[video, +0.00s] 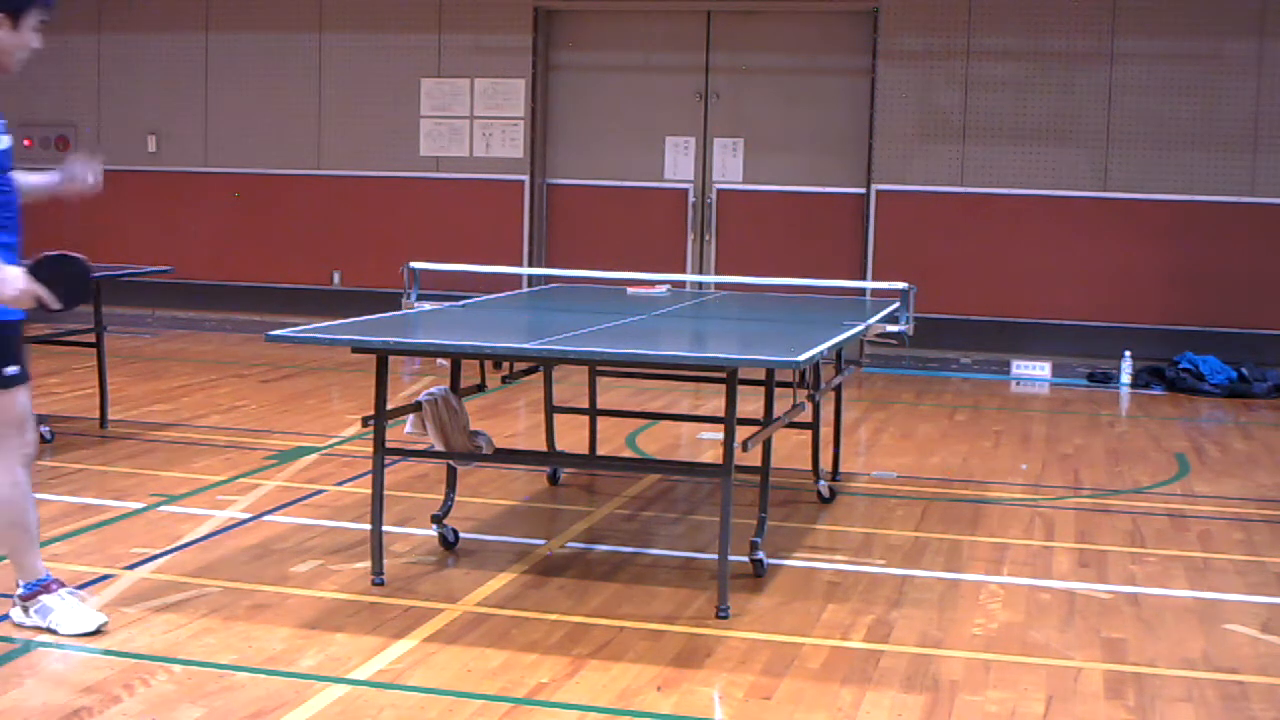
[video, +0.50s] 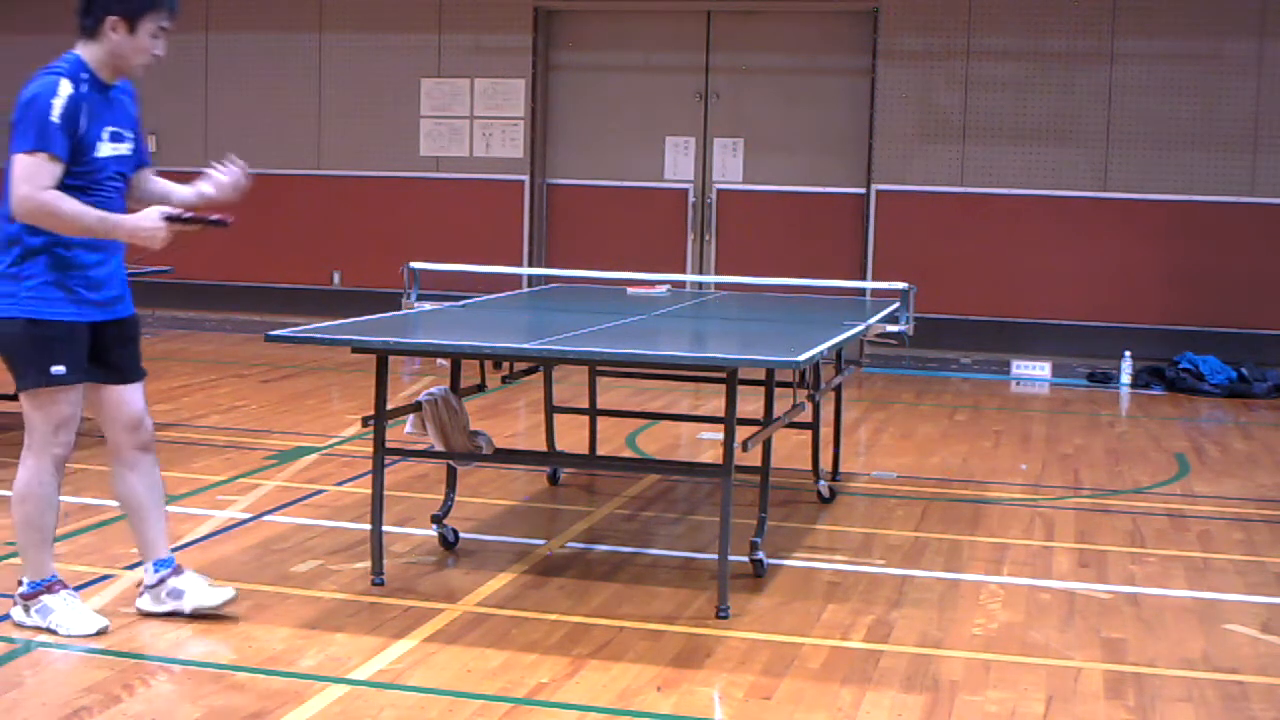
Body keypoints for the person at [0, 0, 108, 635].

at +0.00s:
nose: (38, 42)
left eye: (40, 29)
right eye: (33, 26)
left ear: (12, 30)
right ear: (4, 25)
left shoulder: (4, 111)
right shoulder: (3, 110)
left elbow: (3, 183)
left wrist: (59, 180)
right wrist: (2, 274)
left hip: (8, 305)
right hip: (1, 310)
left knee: (18, 441)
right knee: (16, 443)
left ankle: (30, 584)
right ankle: (32, 586)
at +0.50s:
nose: (161, 48)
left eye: (165, 36)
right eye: (156, 33)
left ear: (121, 29)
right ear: (114, 26)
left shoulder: (123, 96)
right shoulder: (54, 91)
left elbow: (137, 184)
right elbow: (29, 196)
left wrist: (202, 192)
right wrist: (121, 226)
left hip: (106, 294)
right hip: (43, 297)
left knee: (135, 433)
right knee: (50, 440)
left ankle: (160, 577)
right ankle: (36, 591)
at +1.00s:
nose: (278, 76)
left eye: (283, 63)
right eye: (270, 60)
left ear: (244, 59)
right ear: (228, 53)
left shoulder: (245, 126)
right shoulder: (162, 105)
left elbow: (260, 224)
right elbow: (150, 211)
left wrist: (330, 221)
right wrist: (247, 234)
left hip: (162, 298)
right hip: (95, 291)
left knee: (171, 438)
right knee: (73, 437)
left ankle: (166, 582)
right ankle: (27, 581)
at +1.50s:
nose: (300, 96)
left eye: (306, 83)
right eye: (294, 80)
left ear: (263, 75)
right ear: (250, 69)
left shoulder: (269, 145)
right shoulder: (185, 118)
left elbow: (295, 235)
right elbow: (186, 226)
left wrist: (371, 238)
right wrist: (289, 248)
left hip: (160, 300)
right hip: (91, 286)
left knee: (170, 440)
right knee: (37, 432)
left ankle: (164, 582)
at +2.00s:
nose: (227, 73)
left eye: (228, 59)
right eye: (216, 58)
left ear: (182, 66)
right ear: (170, 63)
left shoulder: (208, 123)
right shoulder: (112, 125)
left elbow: (293, 157)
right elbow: (123, 234)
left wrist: (380, 157)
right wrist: (221, 220)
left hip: (122, 311)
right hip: (47, 311)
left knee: (168, 436)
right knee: (15, 454)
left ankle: (166, 582)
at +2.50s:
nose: (197, 103)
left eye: (197, 88)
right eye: (183, 87)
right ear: (136, 92)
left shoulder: (186, 166)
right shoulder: (74, 136)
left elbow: (219, 234)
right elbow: (9, 174)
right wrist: (14, 154)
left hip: (110, 331)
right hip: (30, 328)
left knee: (191, 441)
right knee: (16, 483)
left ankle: (169, 578)